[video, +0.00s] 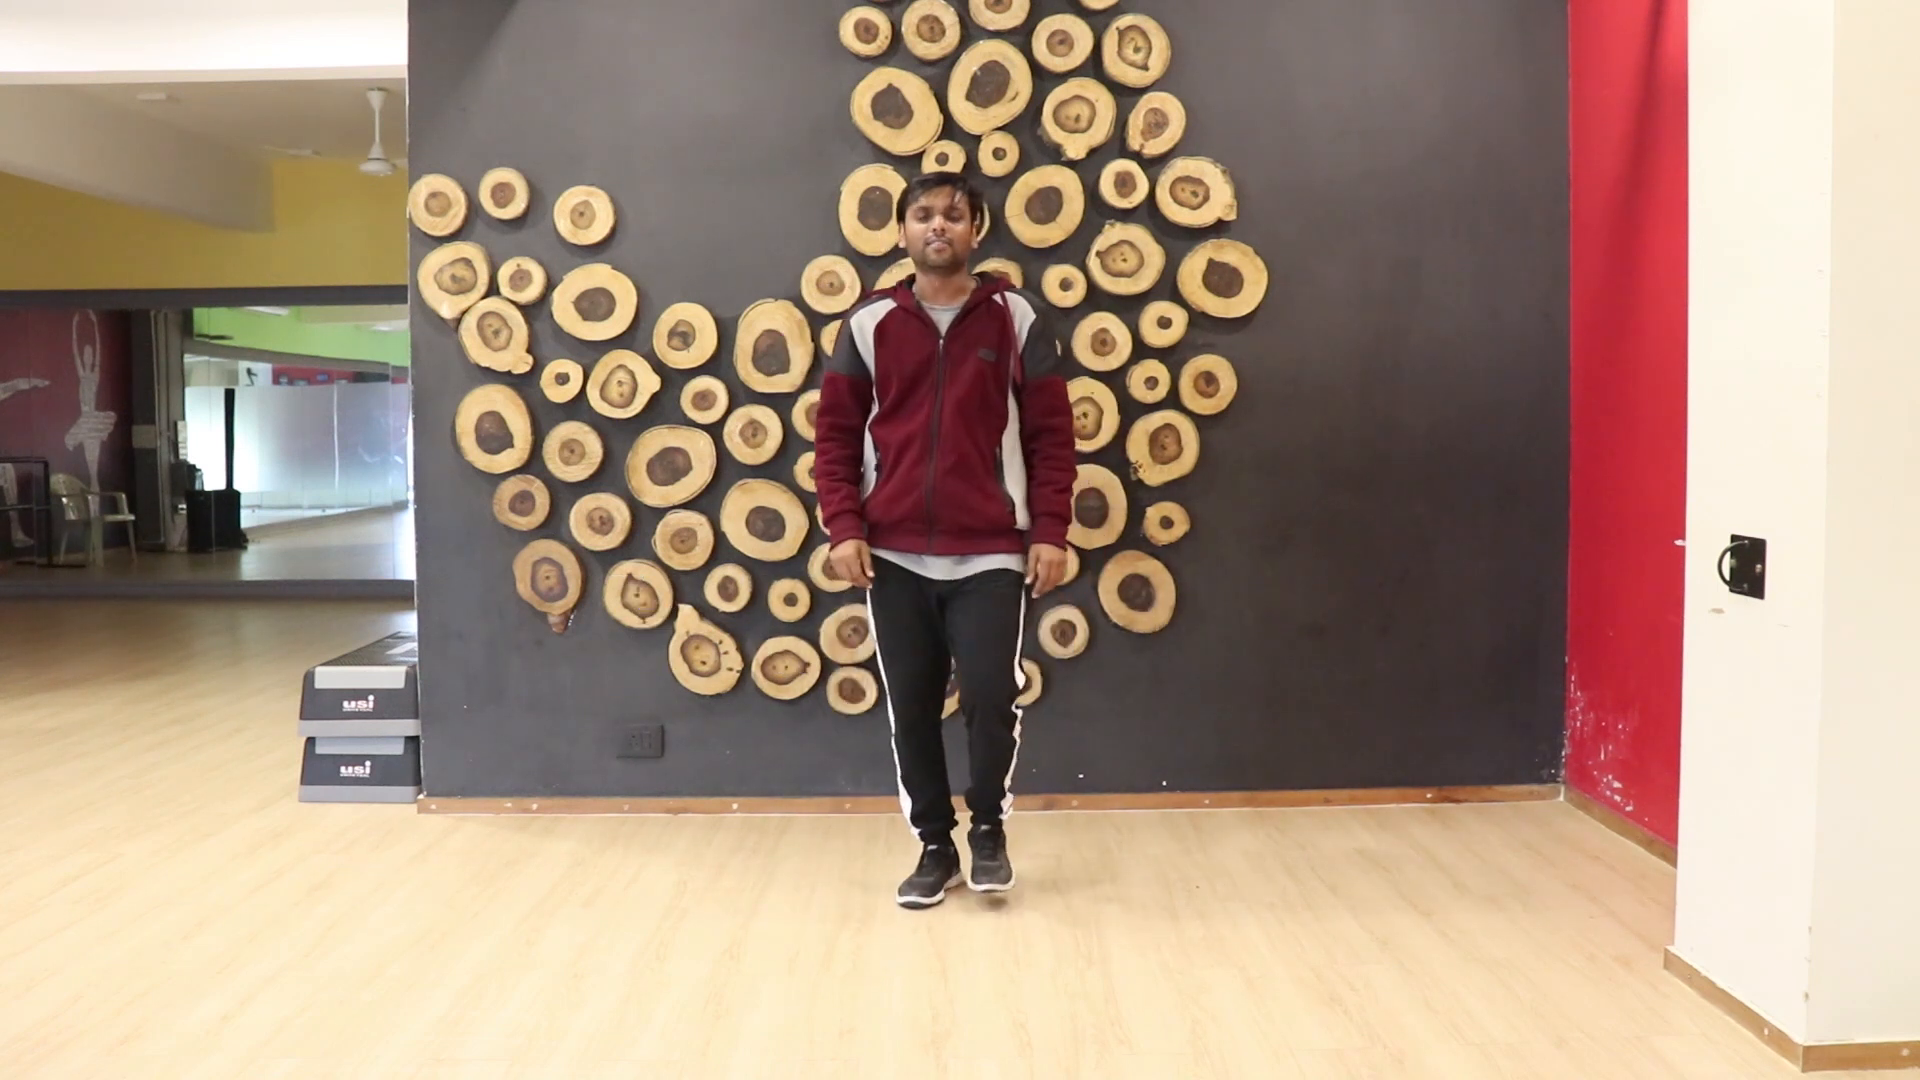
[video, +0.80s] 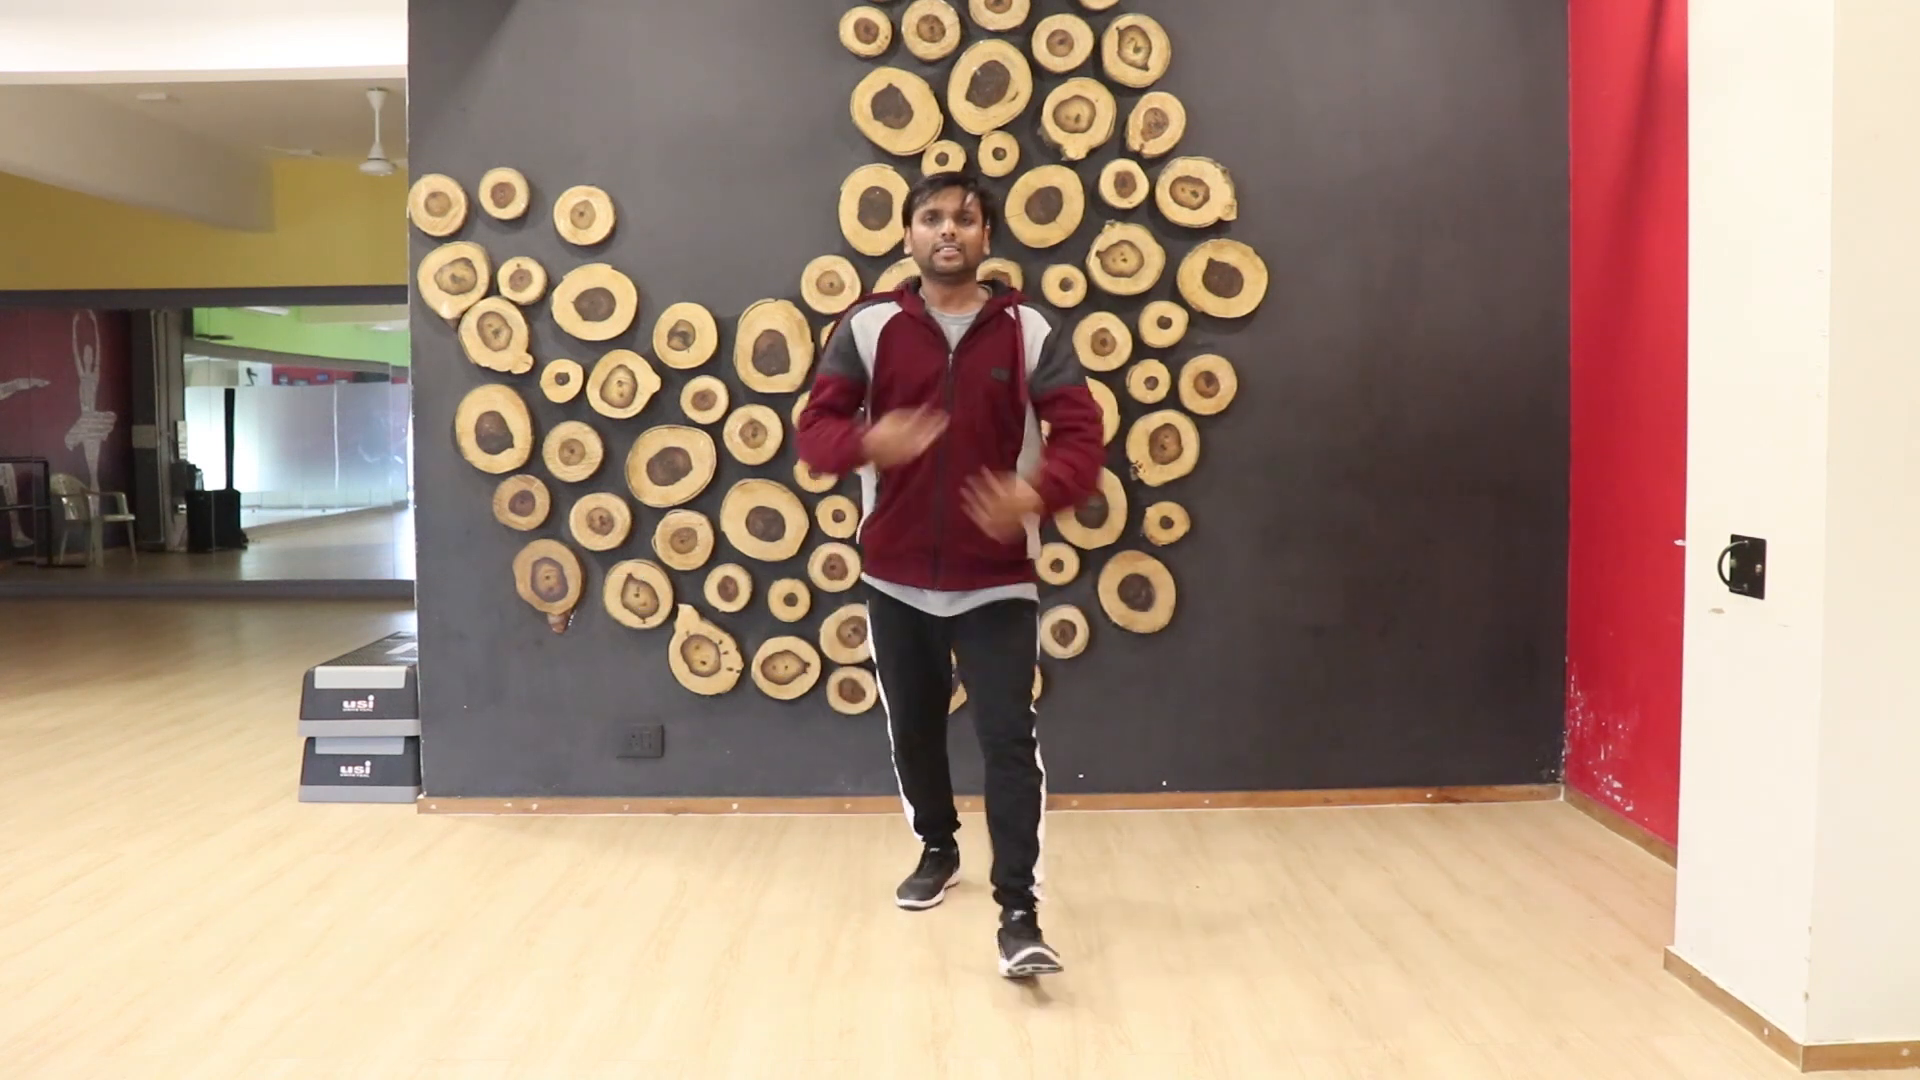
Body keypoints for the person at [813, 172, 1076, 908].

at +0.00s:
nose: (939, 226)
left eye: (953, 215)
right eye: (924, 215)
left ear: (976, 232)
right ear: (903, 233)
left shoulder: (1016, 317)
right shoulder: (867, 324)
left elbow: (1049, 430)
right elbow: (836, 433)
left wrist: (1050, 529)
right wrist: (842, 526)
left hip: (991, 549)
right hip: (894, 551)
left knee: (989, 693)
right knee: (910, 705)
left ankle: (988, 830)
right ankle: (933, 847)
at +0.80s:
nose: (949, 230)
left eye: (965, 218)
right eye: (933, 217)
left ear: (987, 237)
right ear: (908, 237)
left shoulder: (1027, 329)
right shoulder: (867, 325)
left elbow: (1081, 434)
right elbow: (815, 435)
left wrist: (1034, 492)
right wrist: (869, 441)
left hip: (997, 576)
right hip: (896, 575)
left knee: (1009, 737)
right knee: (911, 730)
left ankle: (1019, 913)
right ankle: (936, 847)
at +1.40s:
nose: (922, 229)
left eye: (927, 214)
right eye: (900, 215)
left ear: (935, 225)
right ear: (851, 231)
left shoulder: (935, 311)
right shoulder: (846, 330)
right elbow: (913, 415)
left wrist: (1000, 296)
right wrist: (926, 313)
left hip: (995, 604)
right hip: (890, 608)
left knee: (1055, 783)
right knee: (807, 778)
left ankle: (1036, 938)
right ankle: (698, 928)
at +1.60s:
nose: (949, 227)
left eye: (955, 213)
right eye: (931, 210)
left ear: (949, 224)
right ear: (874, 217)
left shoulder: (915, 305)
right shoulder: (834, 287)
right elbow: (783, 235)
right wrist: (792, 173)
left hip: (972, 580)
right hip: (897, 586)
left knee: (1048, 757)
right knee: (853, 778)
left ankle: (1043, 940)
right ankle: (712, 919)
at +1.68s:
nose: (962, 233)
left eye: (967, 219)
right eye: (943, 214)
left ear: (956, 229)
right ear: (887, 216)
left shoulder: (925, 295)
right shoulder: (840, 274)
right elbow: (819, 166)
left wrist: (955, 171)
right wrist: (827, 71)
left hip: (937, 556)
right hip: (871, 557)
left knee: (1025, 754)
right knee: (880, 789)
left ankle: (1035, 941)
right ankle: (727, 914)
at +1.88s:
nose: (910, 267)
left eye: (915, 251)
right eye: (887, 253)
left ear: (921, 257)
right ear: (836, 263)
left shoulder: (887, 343)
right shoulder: (809, 324)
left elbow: (924, 469)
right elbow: (929, 333)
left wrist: (999, 468)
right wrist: (1054, 344)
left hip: (913, 598)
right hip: (837, 607)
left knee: (1023, 772)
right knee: (843, 823)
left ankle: (1036, 943)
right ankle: (702, 930)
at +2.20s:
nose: (852, 341)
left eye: (864, 319)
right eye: (829, 324)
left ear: (876, 310)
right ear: (776, 324)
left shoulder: (903, 346)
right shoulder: (760, 432)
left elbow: (1021, 317)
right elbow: (766, 570)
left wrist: (1143, 272)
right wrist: (847, 580)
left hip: (816, 629)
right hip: (709, 620)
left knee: (873, 785)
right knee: (608, 768)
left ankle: (868, 952)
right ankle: (518, 910)